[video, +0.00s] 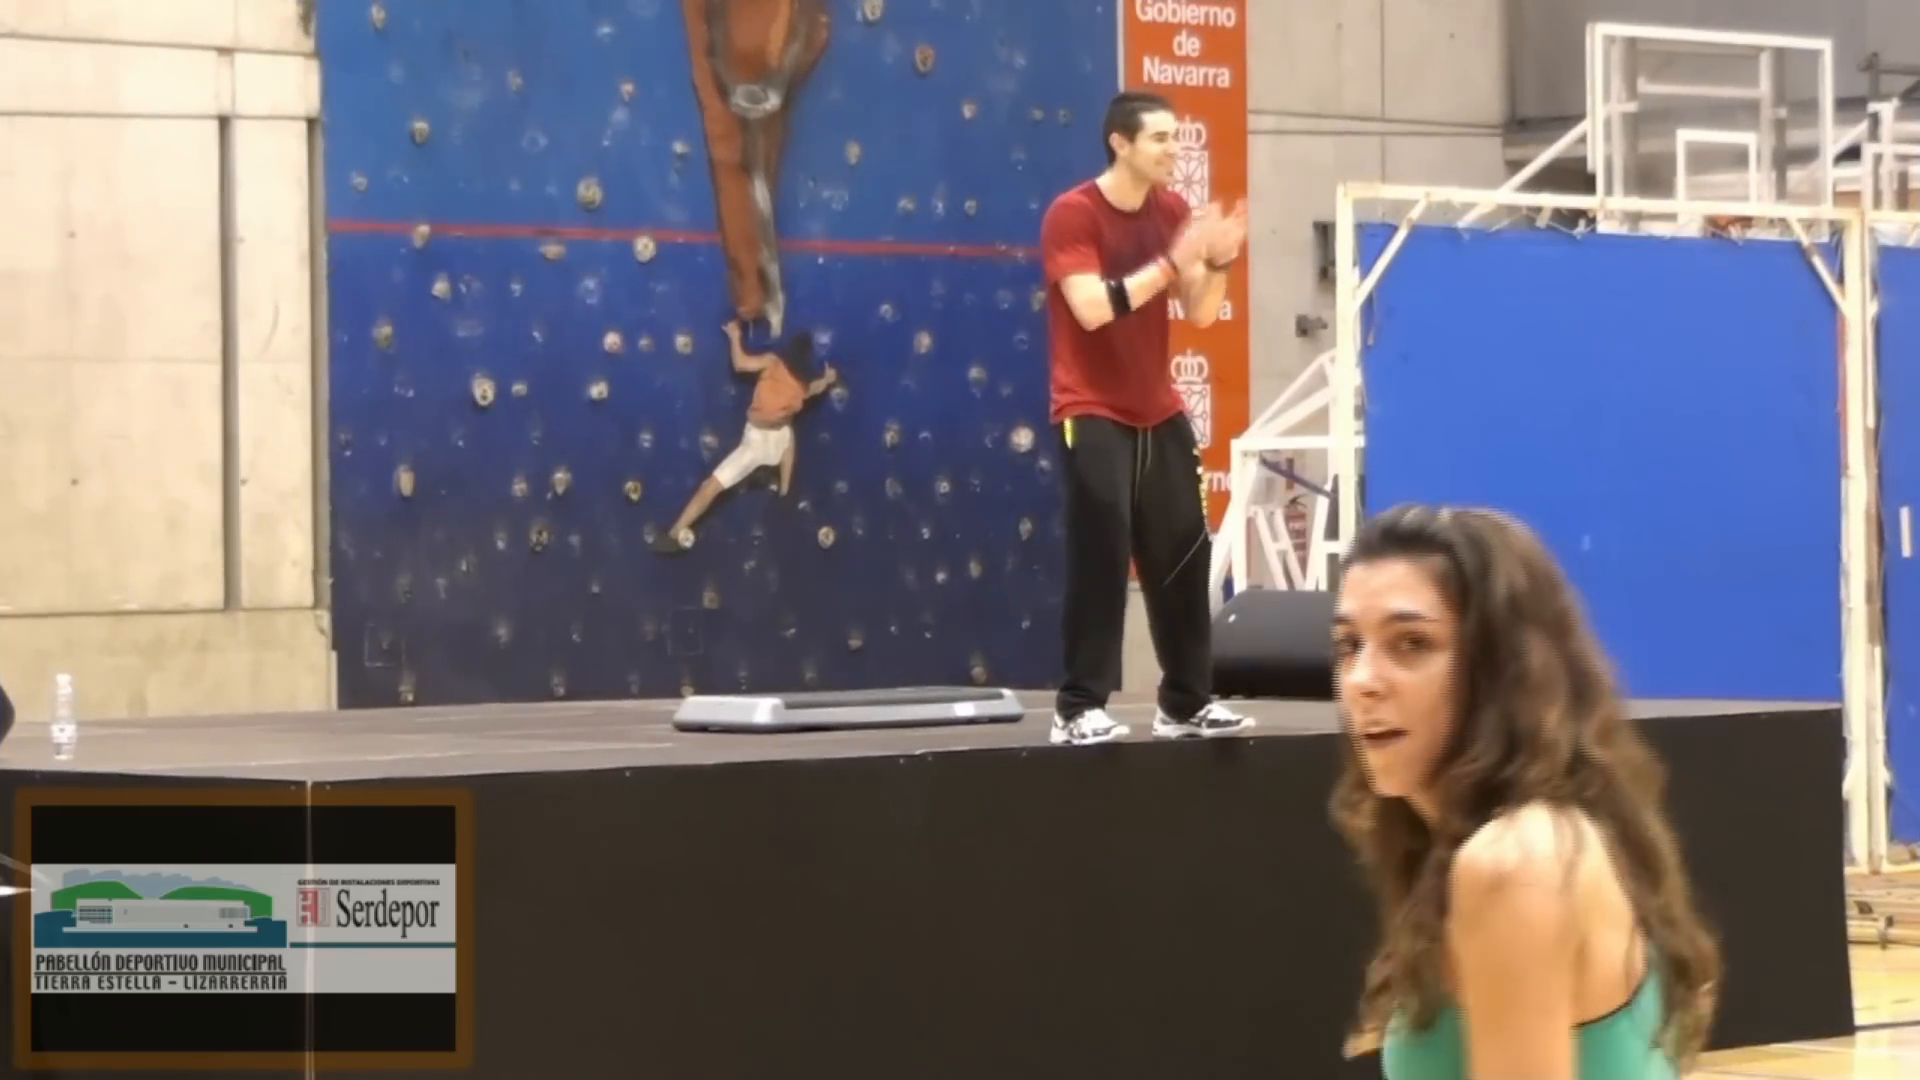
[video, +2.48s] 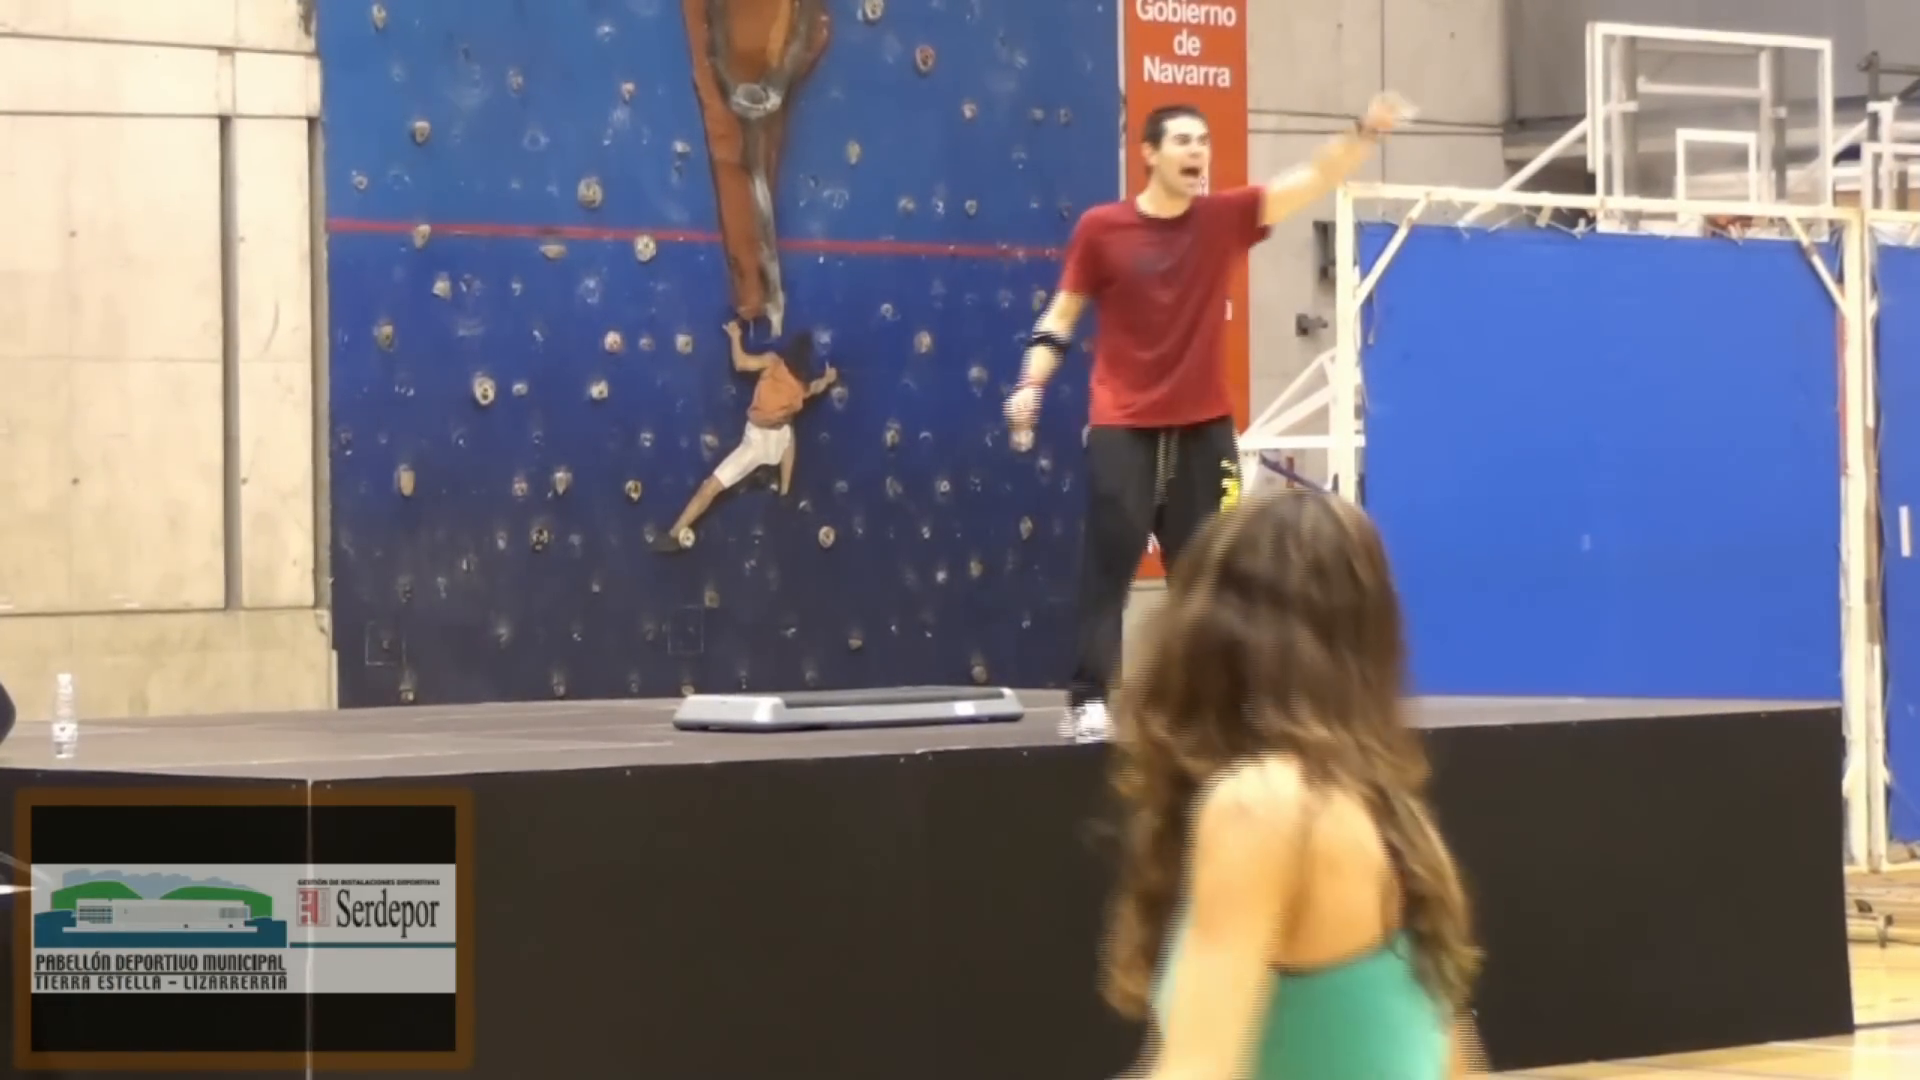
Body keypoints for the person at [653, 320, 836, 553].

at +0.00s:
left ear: (788, 350)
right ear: (808, 359)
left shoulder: (772, 362)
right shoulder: (802, 387)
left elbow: (740, 364)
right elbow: (816, 387)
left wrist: (734, 337)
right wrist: (828, 379)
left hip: (754, 443)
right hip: (779, 441)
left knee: (714, 483)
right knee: (788, 435)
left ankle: (678, 531)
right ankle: (784, 488)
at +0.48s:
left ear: (788, 351)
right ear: (808, 360)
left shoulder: (772, 362)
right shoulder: (802, 387)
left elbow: (740, 364)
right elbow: (816, 387)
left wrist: (734, 337)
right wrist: (828, 379)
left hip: (754, 445)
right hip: (778, 445)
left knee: (712, 485)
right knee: (788, 434)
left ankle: (678, 531)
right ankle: (784, 488)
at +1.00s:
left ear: (788, 350)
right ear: (808, 359)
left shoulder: (772, 361)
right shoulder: (803, 386)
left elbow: (741, 363)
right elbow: (817, 386)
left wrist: (735, 336)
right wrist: (829, 377)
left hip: (755, 441)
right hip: (779, 440)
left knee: (713, 484)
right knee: (789, 433)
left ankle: (677, 531)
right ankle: (784, 486)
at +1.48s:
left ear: (788, 349)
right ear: (808, 358)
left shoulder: (772, 361)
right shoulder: (802, 385)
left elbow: (740, 362)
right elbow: (816, 386)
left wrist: (735, 336)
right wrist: (829, 378)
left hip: (754, 440)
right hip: (779, 438)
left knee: (712, 484)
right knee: (789, 433)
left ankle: (678, 530)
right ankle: (785, 486)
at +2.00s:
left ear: (787, 353)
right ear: (808, 361)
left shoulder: (771, 362)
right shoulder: (802, 387)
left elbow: (740, 364)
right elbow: (816, 387)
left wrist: (735, 337)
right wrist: (828, 379)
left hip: (755, 443)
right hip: (779, 441)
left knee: (711, 486)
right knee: (789, 434)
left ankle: (677, 532)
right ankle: (784, 488)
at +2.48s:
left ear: (788, 351)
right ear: (807, 359)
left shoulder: (772, 362)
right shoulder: (802, 387)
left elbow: (741, 363)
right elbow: (816, 387)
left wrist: (735, 337)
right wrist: (829, 379)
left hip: (754, 442)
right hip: (778, 441)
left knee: (712, 485)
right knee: (788, 434)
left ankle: (676, 532)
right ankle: (784, 488)